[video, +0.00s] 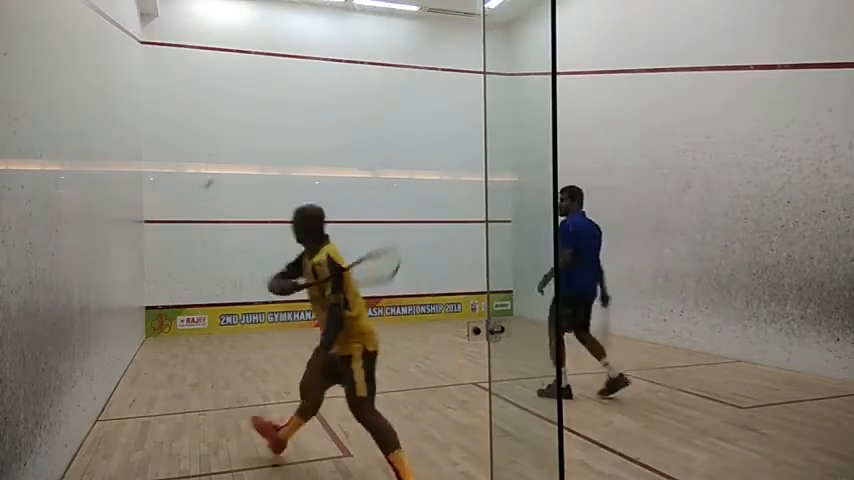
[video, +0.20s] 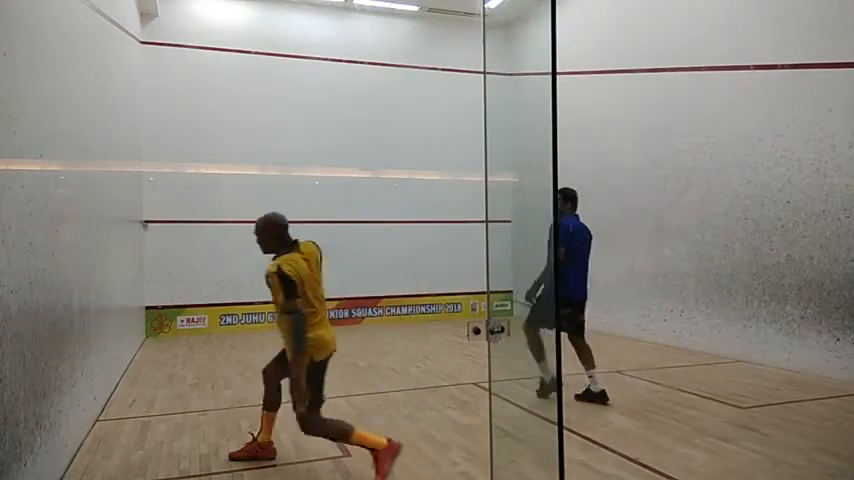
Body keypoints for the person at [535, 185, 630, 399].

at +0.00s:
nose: (559, 204)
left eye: (562, 200)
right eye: (559, 200)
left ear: (573, 202)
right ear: (578, 203)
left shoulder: (566, 226)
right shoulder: (594, 227)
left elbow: (564, 257)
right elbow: (596, 262)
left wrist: (547, 277)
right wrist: (603, 289)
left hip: (568, 291)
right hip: (588, 291)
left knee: (555, 331)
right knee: (582, 332)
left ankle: (561, 382)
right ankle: (613, 375)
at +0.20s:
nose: (554, 206)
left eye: (556, 202)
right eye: (555, 202)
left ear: (564, 203)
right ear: (574, 204)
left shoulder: (559, 227)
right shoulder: (585, 231)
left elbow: (553, 264)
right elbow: (580, 268)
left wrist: (535, 286)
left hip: (556, 294)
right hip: (578, 295)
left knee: (530, 327)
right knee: (576, 336)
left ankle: (547, 378)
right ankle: (596, 386)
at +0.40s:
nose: (540, 208)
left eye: (543, 205)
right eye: (541, 204)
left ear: (547, 207)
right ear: (560, 208)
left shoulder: (539, 229)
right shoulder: (570, 236)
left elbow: (540, 270)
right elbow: (568, 274)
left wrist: (525, 296)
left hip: (539, 297)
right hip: (565, 300)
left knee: (515, 334)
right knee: (568, 340)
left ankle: (513, 388)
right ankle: (594, 387)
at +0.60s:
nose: (512, 221)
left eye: (515, 218)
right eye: (514, 217)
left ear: (521, 221)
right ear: (535, 222)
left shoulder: (514, 246)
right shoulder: (547, 247)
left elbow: (510, 282)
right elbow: (553, 280)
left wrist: (497, 312)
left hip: (523, 310)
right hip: (548, 310)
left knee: (499, 355)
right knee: (549, 345)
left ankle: (504, 406)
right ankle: (584, 386)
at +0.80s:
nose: (501, 218)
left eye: (503, 214)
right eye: (503, 214)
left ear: (507, 216)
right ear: (522, 216)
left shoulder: (500, 243)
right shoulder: (539, 239)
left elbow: (491, 277)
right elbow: (553, 274)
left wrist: (479, 294)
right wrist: (566, 301)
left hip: (516, 303)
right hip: (541, 302)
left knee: (505, 352)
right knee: (537, 337)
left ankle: (506, 405)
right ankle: (565, 379)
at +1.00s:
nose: (501, 219)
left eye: (503, 216)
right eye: (503, 215)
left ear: (505, 217)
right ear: (522, 217)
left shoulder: (497, 243)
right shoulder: (538, 240)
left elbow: (490, 271)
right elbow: (552, 273)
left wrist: (483, 283)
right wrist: (571, 297)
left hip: (516, 304)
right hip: (541, 304)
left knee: (508, 345)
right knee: (541, 341)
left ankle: (505, 389)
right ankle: (552, 386)